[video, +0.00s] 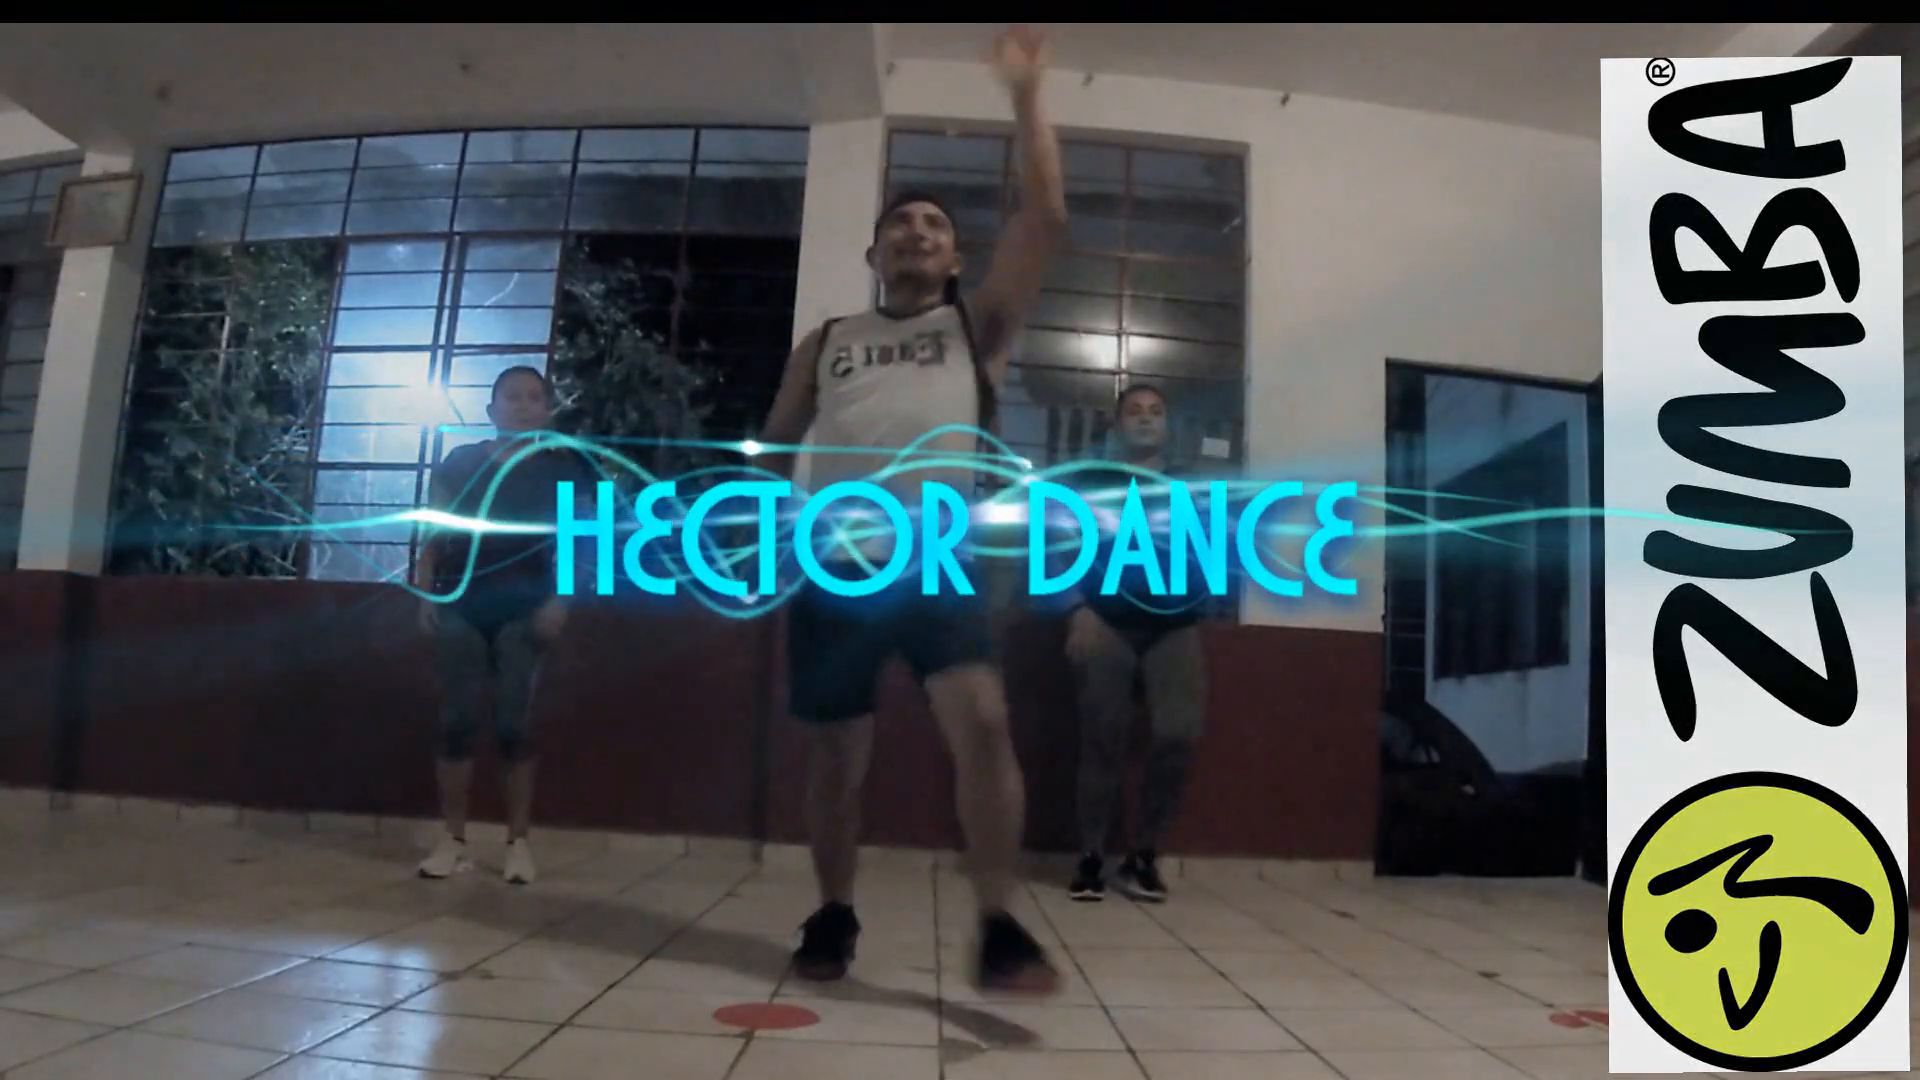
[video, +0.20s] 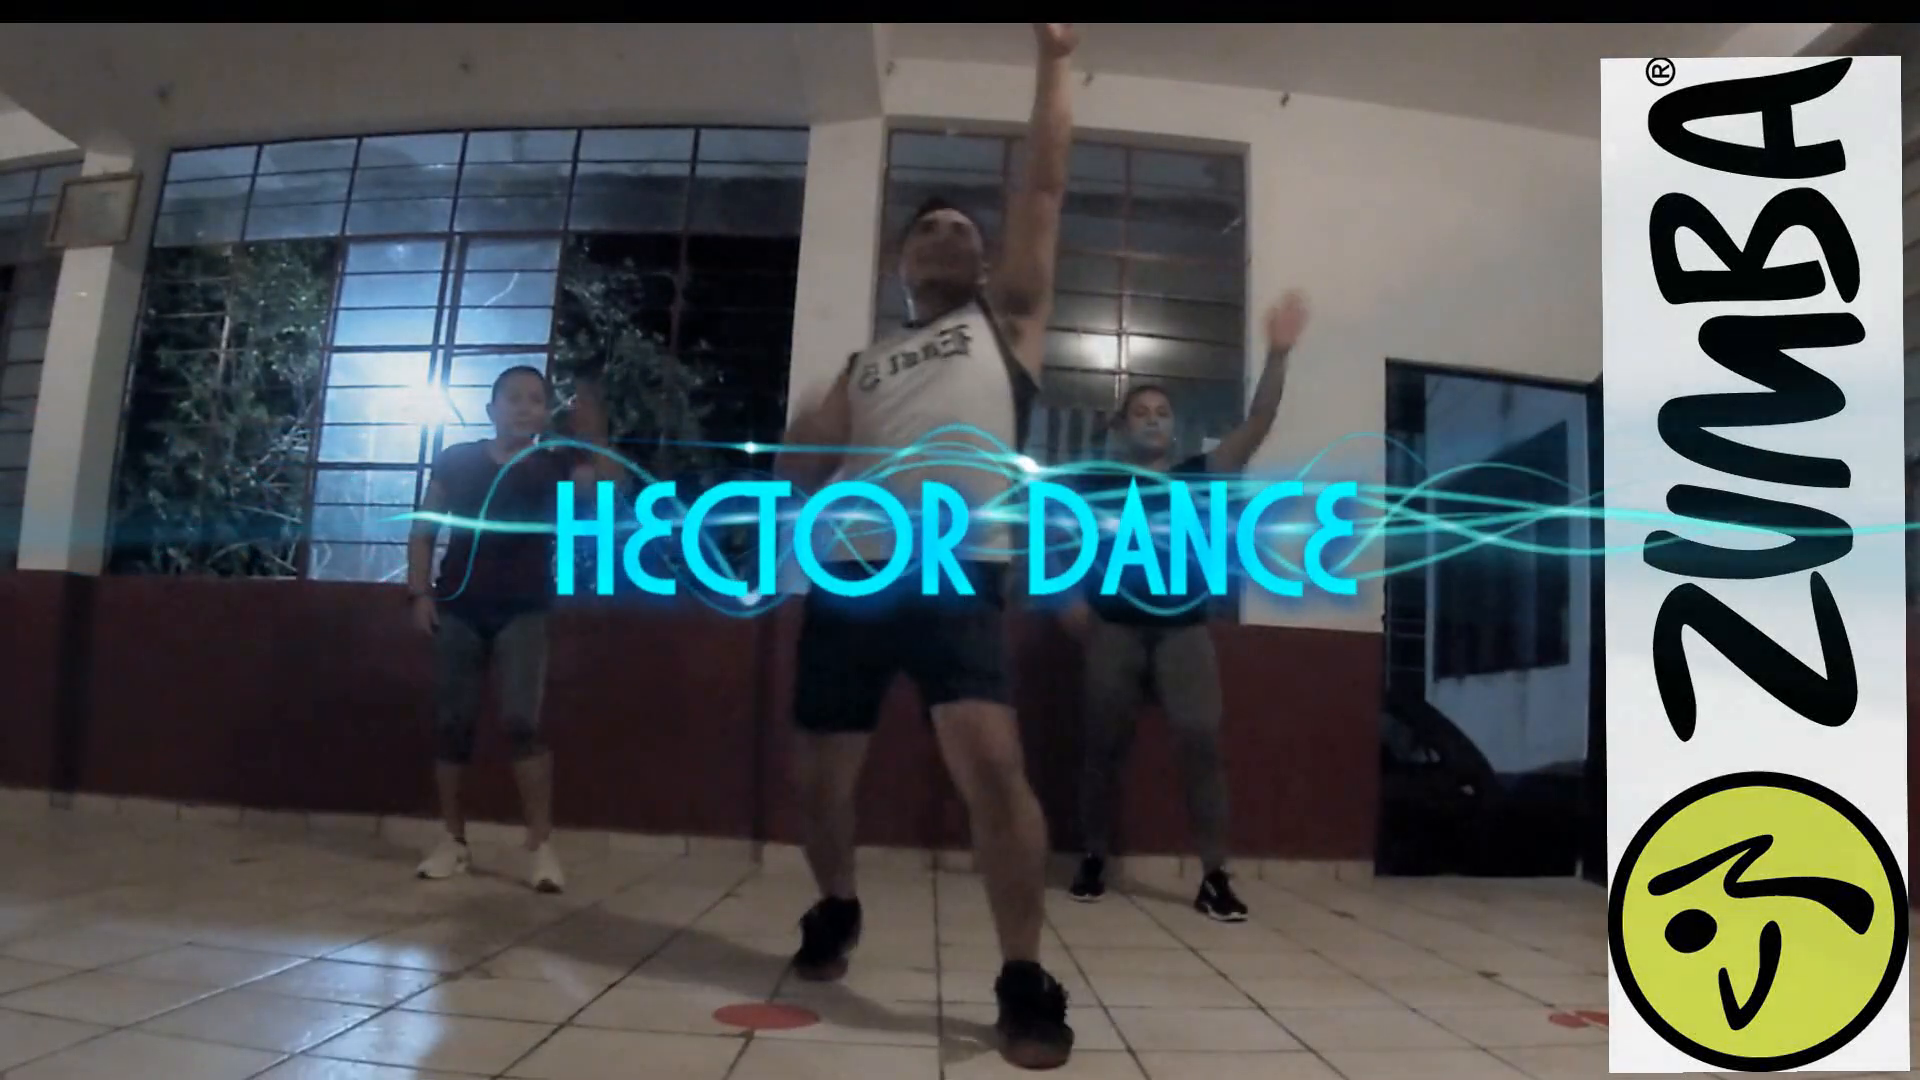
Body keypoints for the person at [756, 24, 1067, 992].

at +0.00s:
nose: (921, 232)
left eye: (936, 225)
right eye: (904, 225)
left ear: (955, 255)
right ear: (874, 254)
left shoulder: (978, 326)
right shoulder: (827, 342)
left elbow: (1044, 212)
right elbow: (771, 453)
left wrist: (1028, 86)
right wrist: (759, 546)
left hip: (942, 568)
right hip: (834, 569)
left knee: (983, 727)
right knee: (836, 755)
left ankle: (997, 928)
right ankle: (832, 918)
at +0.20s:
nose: (947, 231)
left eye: (961, 228)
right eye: (929, 227)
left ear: (986, 263)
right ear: (900, 265)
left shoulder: (1007, 321)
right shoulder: (862, 367)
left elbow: (1044, 186)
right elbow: (801, 470)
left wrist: (1054, 64)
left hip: (963, 581)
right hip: (856, 580)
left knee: (992, 765)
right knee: (825, 765)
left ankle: (1024, 978)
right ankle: (834, 910)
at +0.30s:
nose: (957, 226)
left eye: (973, 222)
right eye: (939, 221)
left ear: (997, 253)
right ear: (913, 258)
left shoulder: (1024, 314)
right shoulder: (880, 356)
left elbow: (1062, 173)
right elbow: (782, 366)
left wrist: (1069, 55)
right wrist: (843, 249)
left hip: (983, 585)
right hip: (873, 581)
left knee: (1006, 767)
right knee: (760, 743)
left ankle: (1025, 979)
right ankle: (822, 866)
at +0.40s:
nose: (960, 208)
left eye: (978, 204)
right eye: (942, 205)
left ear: (1004, 240)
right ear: (916, 241)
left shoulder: (1026, 307)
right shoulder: (876, 320)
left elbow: (1071, 168)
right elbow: (796, 231)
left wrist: (1081, 46)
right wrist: (852, 109)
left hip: (990, 580)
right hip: (868, 571)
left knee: (1020, 761)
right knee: (742, 711)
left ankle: (1028, 977)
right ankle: (791, 874)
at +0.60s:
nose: (948, 214)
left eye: (967, 208)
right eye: (931, 204)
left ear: (987, 239)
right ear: (899, 228)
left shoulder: (1006, 332)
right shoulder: (859, 287)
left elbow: (1100, 299)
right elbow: (841, 128)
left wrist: (1068, 188)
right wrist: (830, 20)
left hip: (980, 581)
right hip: (859, 570)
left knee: (1001, 772)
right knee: (791, 761)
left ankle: (1032, 977)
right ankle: (730, 969)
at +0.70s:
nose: (934, 221)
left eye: (951, 213)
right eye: (916, 209)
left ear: (970, 242)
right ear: (883, 231)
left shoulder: (977, 354)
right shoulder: (845, 291)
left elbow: (1043, 454)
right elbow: (817, 136)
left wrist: (1048, 340)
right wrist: (800, 19)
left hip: (956, 583)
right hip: (836, 575)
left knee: (1016, 748)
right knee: (775, 755)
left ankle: (1030, 969)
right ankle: (725, 968)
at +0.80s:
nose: (917, 238)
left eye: (936, 228)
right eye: (899, 224)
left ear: (958, 256)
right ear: (870, 244)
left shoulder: (973, 374)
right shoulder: (827, 307)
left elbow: (1023, 495)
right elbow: (796, 156)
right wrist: (773, 30)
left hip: (940, 591)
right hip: (823, 586)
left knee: (1037, 734)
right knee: (757, 760)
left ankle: (992, 899)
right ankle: (723, 966)